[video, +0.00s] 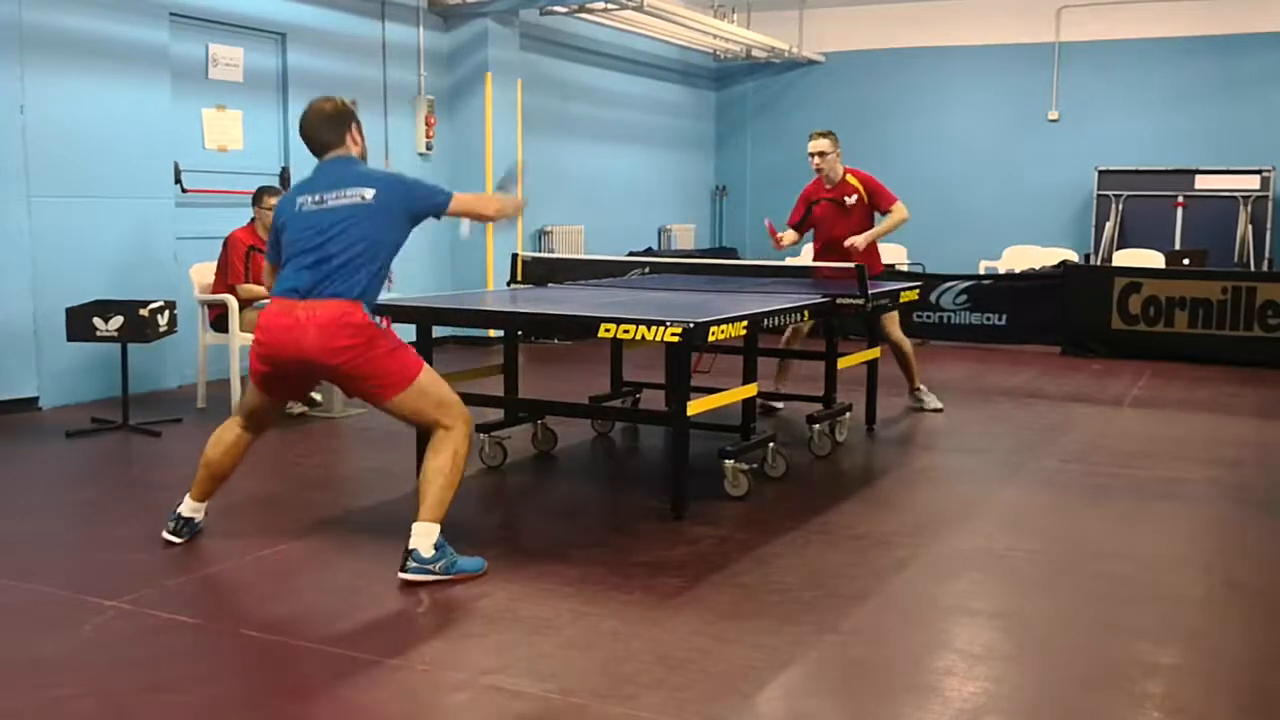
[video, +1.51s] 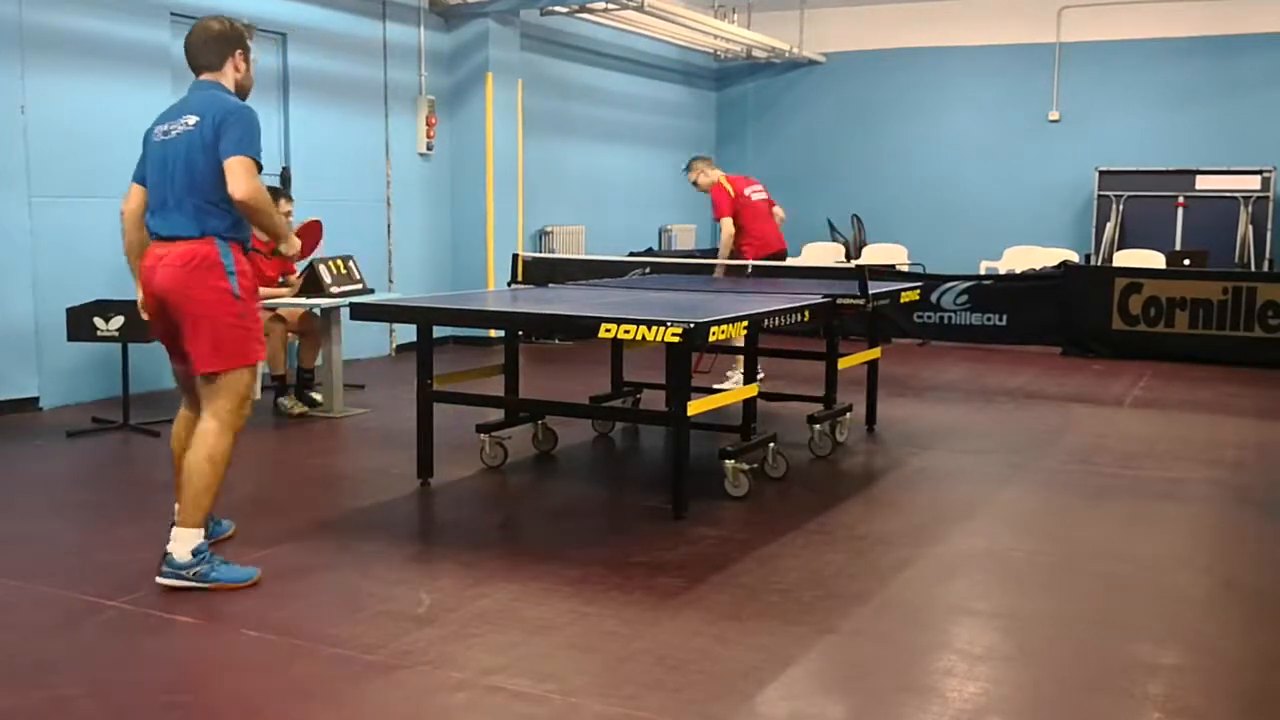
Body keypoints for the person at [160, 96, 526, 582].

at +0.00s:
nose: (364, 138)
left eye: (358, 130)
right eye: (362, 130)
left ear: (312, 147)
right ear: (355, 135)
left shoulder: (290, 201)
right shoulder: (390, 187)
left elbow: (273, 278)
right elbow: (488, 207)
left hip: (278, 328)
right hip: (345, 329)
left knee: (246, 422)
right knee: (452, 420)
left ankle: (187, 513)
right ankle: (425, 547)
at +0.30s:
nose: (317, 102)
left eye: (313, 93)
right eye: (316, 94)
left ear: (263, 102)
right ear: (307, 98)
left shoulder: (237, 161)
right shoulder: (321, 152)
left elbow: (218, 238)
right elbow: (399, 216)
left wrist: (268, 249)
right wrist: (477, 243)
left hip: (239, 304)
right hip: (306, 304)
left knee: (224, 409)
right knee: (391, 415)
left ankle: (178, 521)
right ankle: (418, 549)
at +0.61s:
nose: (313, 84)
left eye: (310, 76)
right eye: (312, 76)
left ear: (255, 83)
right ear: (303, 79)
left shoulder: (225, 141)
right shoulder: (306, 136)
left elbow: (191, 222)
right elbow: (364, 204)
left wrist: (223, 260)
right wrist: (427, 234)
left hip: (221, 287)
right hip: (285, 287)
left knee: (214, 408)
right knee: (350, 412)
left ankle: (178, 524)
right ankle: (334, 553)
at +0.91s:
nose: (305, 80)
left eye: (300, 71)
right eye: (304, 71)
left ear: (249, 77)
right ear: (295, 74)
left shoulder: (214, 139)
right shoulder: (304, 126)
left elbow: (183, 222)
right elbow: (340, 202)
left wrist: (182, 293)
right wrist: (382, 252)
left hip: (215, 282)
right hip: (278, 280)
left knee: (231, 403)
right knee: (339, 412)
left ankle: (192, 522)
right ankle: (333, 554)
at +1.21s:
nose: (270, 84)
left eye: (268, 75)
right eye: (268, 75)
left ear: (214, 78)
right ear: (255, 75)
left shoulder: (179, 133)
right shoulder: (256, 121)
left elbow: (152, 218)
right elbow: (270, 199)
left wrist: (152, 292)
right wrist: (307, 259)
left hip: (172, 277)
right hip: (227, 274)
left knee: (212, 400)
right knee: (277, 409)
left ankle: (189, 521)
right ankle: (308, 544)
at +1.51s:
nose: (252, 71)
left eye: (250, 61)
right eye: (250, 61)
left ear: (196, 65)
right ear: (235, 61)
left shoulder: (162, 123)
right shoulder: (234, 112)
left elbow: (132, 210)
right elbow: (243, 191)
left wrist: (144, 281)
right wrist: (284, 235)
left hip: (161, 267)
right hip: (211, 263)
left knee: (196, 401)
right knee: (228, 404)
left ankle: (189, 518)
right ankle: (184, 552)